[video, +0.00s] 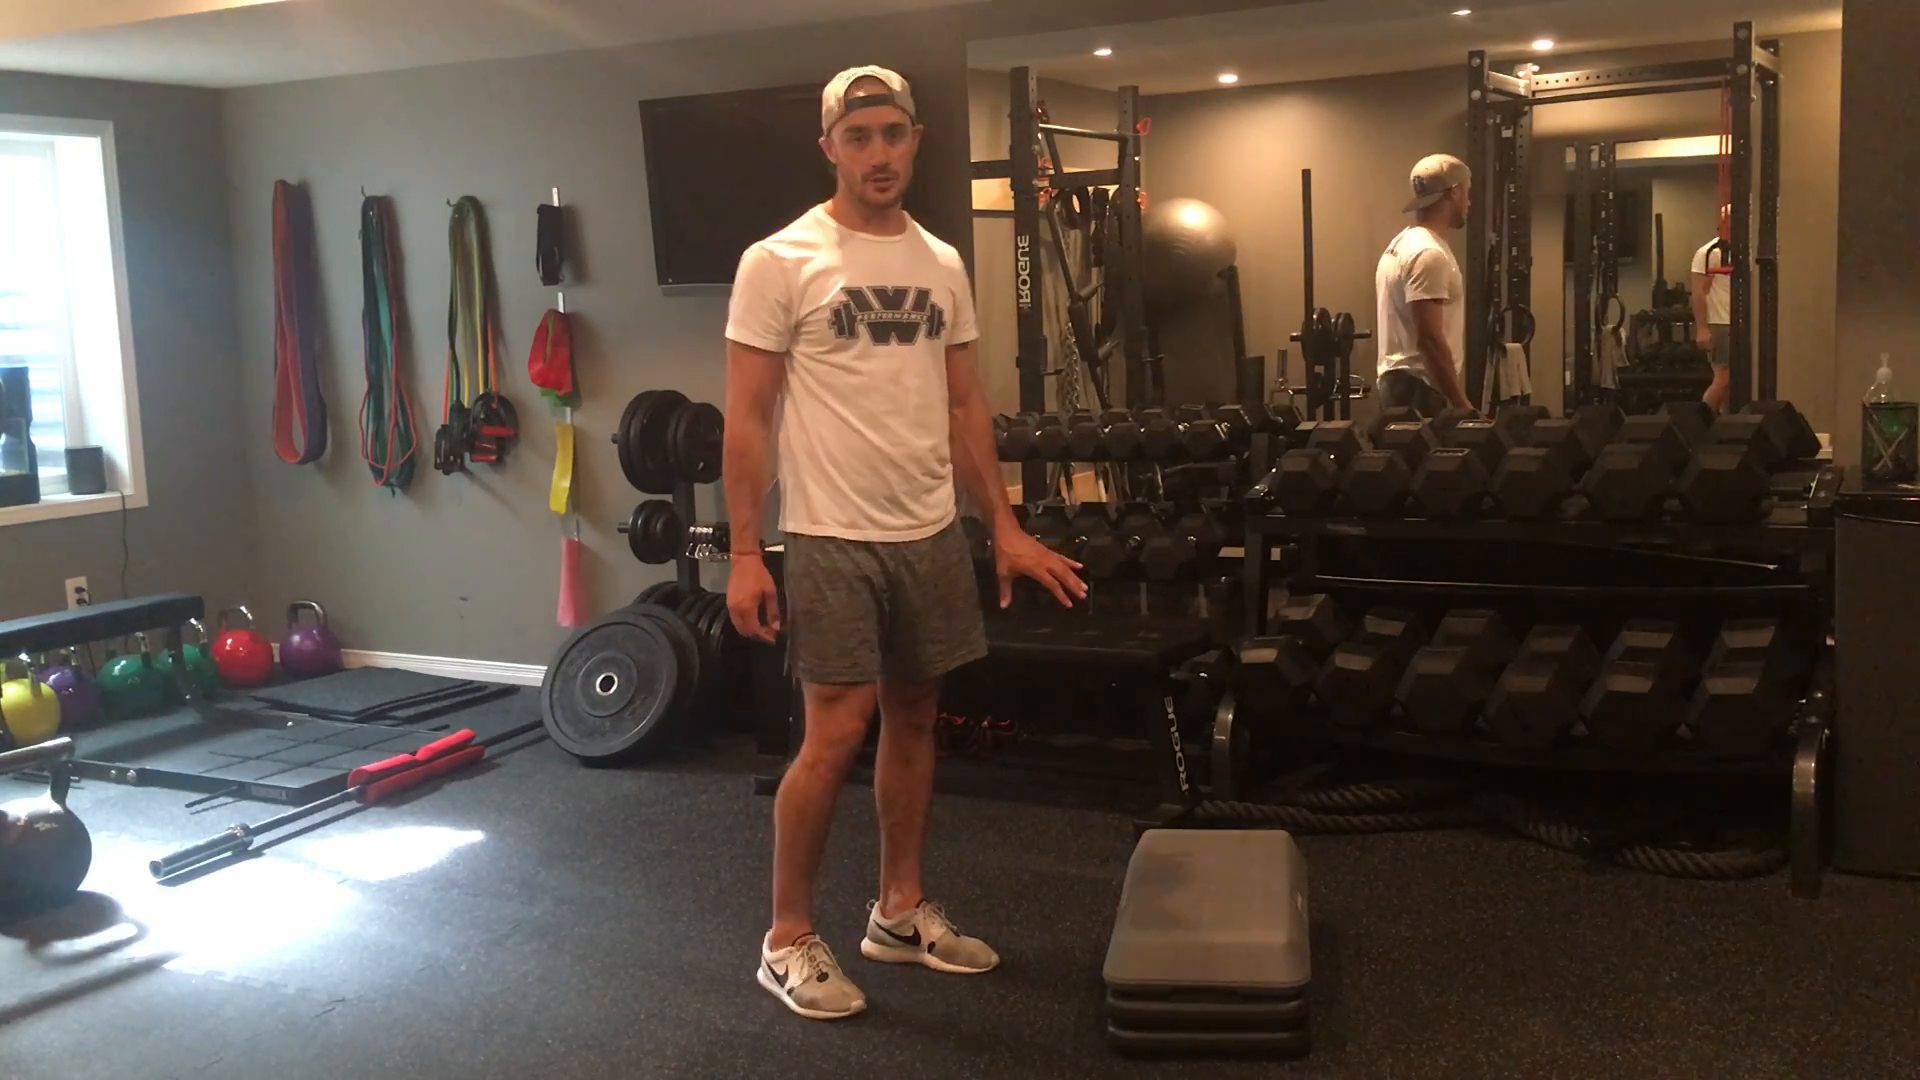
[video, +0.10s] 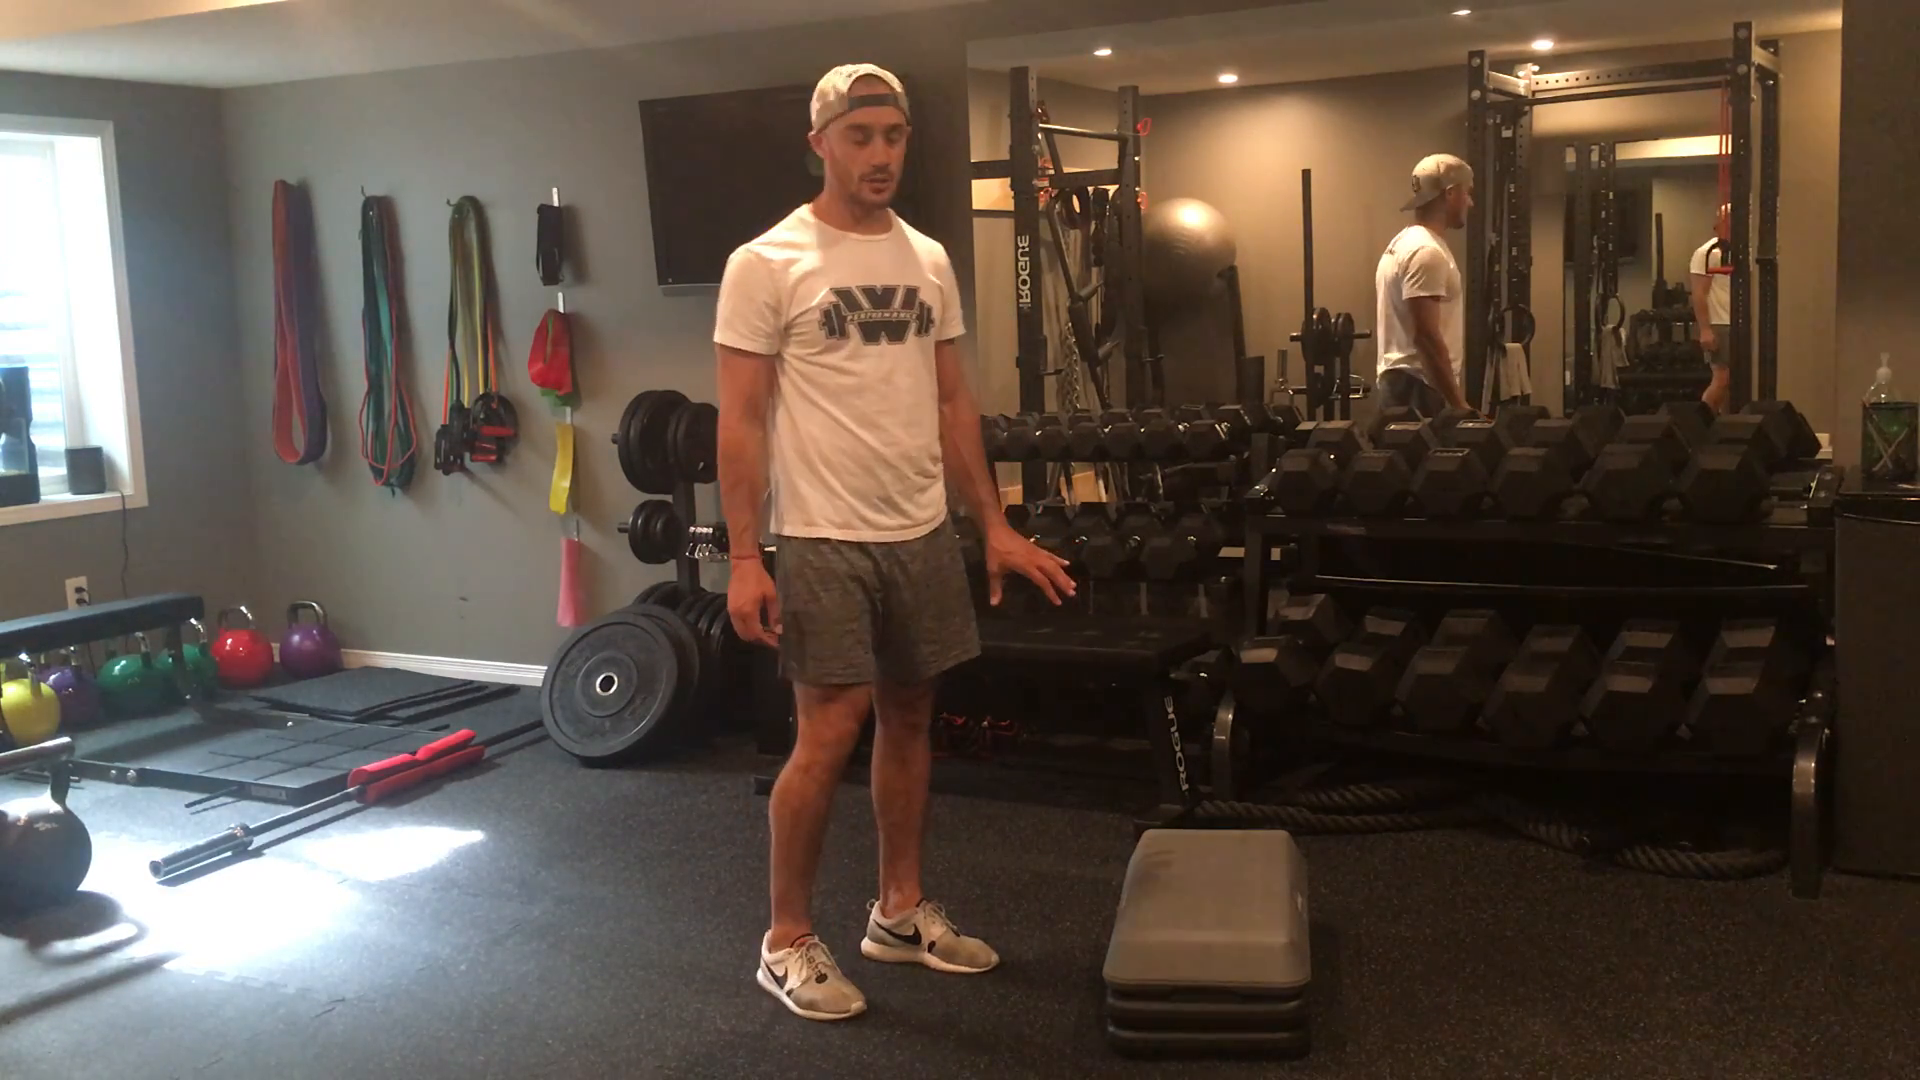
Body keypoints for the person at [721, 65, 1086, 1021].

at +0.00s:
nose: (880, 152)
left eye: (894, 134)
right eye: (860, 136)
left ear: (916, 144)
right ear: (829, 148)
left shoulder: (941, 266)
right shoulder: (779, 263)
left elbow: (966, 406)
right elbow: (748, 416)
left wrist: (1006, 529)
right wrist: (744, 551)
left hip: (930, 533)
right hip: (829, 538)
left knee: (914, 721)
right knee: (836, 733)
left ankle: (899, 911)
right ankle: (787, 938)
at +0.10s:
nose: (879, 153)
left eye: (892, 136)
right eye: (859, 135)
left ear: (907, 147)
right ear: (819, 144)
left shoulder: (926, 261)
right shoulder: (766, 265)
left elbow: (952, 404)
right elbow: (741, 416)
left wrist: (996, 527)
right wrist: (743, 554)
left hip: (921, 533)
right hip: (819, 539)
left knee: (909, 718)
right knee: (830, 728)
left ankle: (900, 912)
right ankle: (787, 938)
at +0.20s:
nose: (891, 162)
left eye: (900, 145)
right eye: (873, 144)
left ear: (902, 148)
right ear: (817, 142)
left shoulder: (910, 255)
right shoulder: (751, 268)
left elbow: (940, 399)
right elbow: (732, 423)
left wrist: (983, 523)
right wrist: (744, 559)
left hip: (909, 534)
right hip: (810, 542)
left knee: (903, 721)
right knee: (820, 735)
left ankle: (899, 911)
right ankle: (786, 940)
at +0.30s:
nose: (902, 172)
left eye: (906, 154)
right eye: (888, 152)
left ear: (871, 152)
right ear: (830, 145)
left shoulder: (894, 254)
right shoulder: (739, 266)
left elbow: (923, 395)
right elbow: (719, 427)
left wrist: (967, 513)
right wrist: (745, 562)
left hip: (898, 532)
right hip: (801, 542)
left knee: (900, 718)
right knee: (808, 734)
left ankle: (900, 910)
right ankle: (786, 941)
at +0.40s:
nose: (902, 178)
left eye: (906, 159)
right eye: (889, 157)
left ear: (855, 156)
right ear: (830, 150)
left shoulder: (879, 253)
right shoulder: (739, 266)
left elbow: (903, 393)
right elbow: (711, 431)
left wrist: (953, 508)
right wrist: (743, 569)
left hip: (886, 535)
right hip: (795, 547)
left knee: (900, 713)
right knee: (795, 740)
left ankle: (900, 908)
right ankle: (785, 942)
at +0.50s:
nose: (904, 179)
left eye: (907, 160)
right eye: (891, 159)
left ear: (854, 157)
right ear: (832, 152)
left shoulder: (865, 252)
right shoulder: (749, 266)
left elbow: (879, 395)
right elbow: (711, 432)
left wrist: (936, 503)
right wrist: (746, 572)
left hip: (872, 533)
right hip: (790, 543)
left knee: (900, 708)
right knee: (784, 742)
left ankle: (900, 909)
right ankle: (782, 943)